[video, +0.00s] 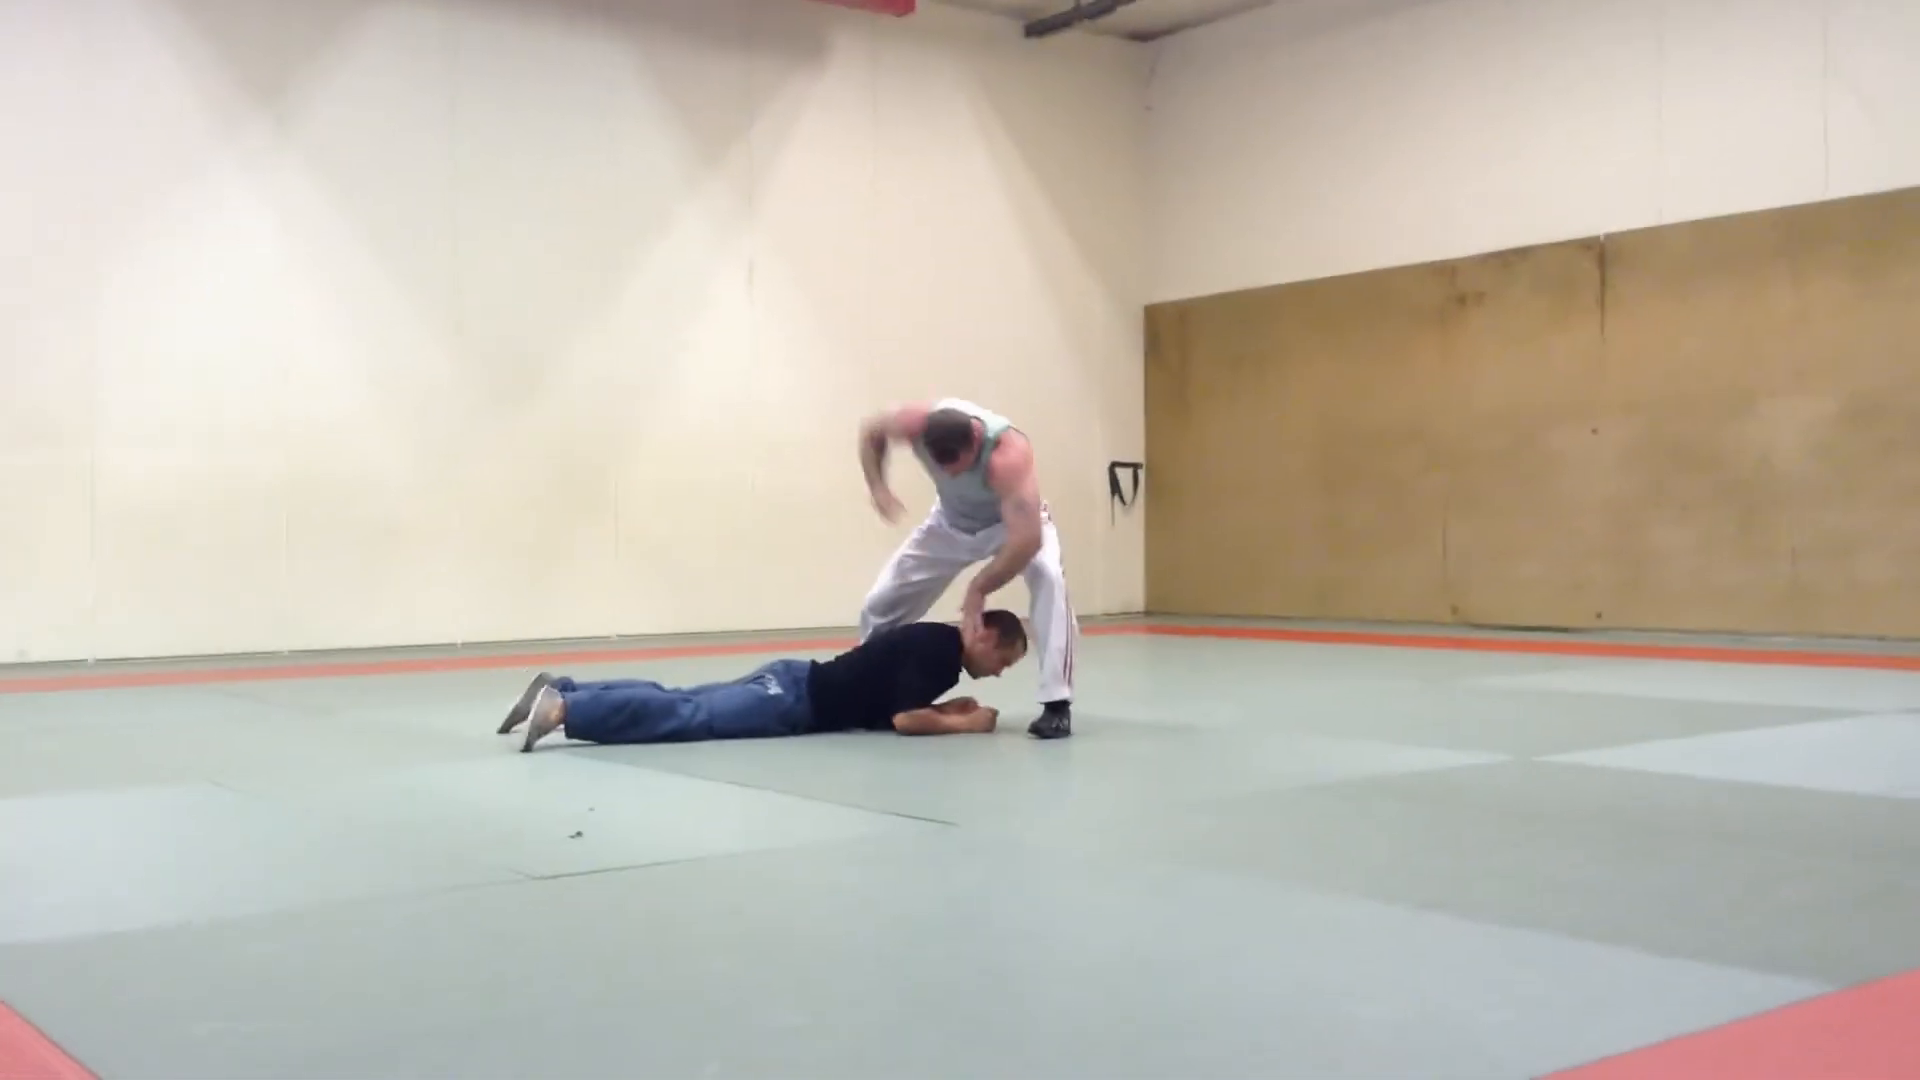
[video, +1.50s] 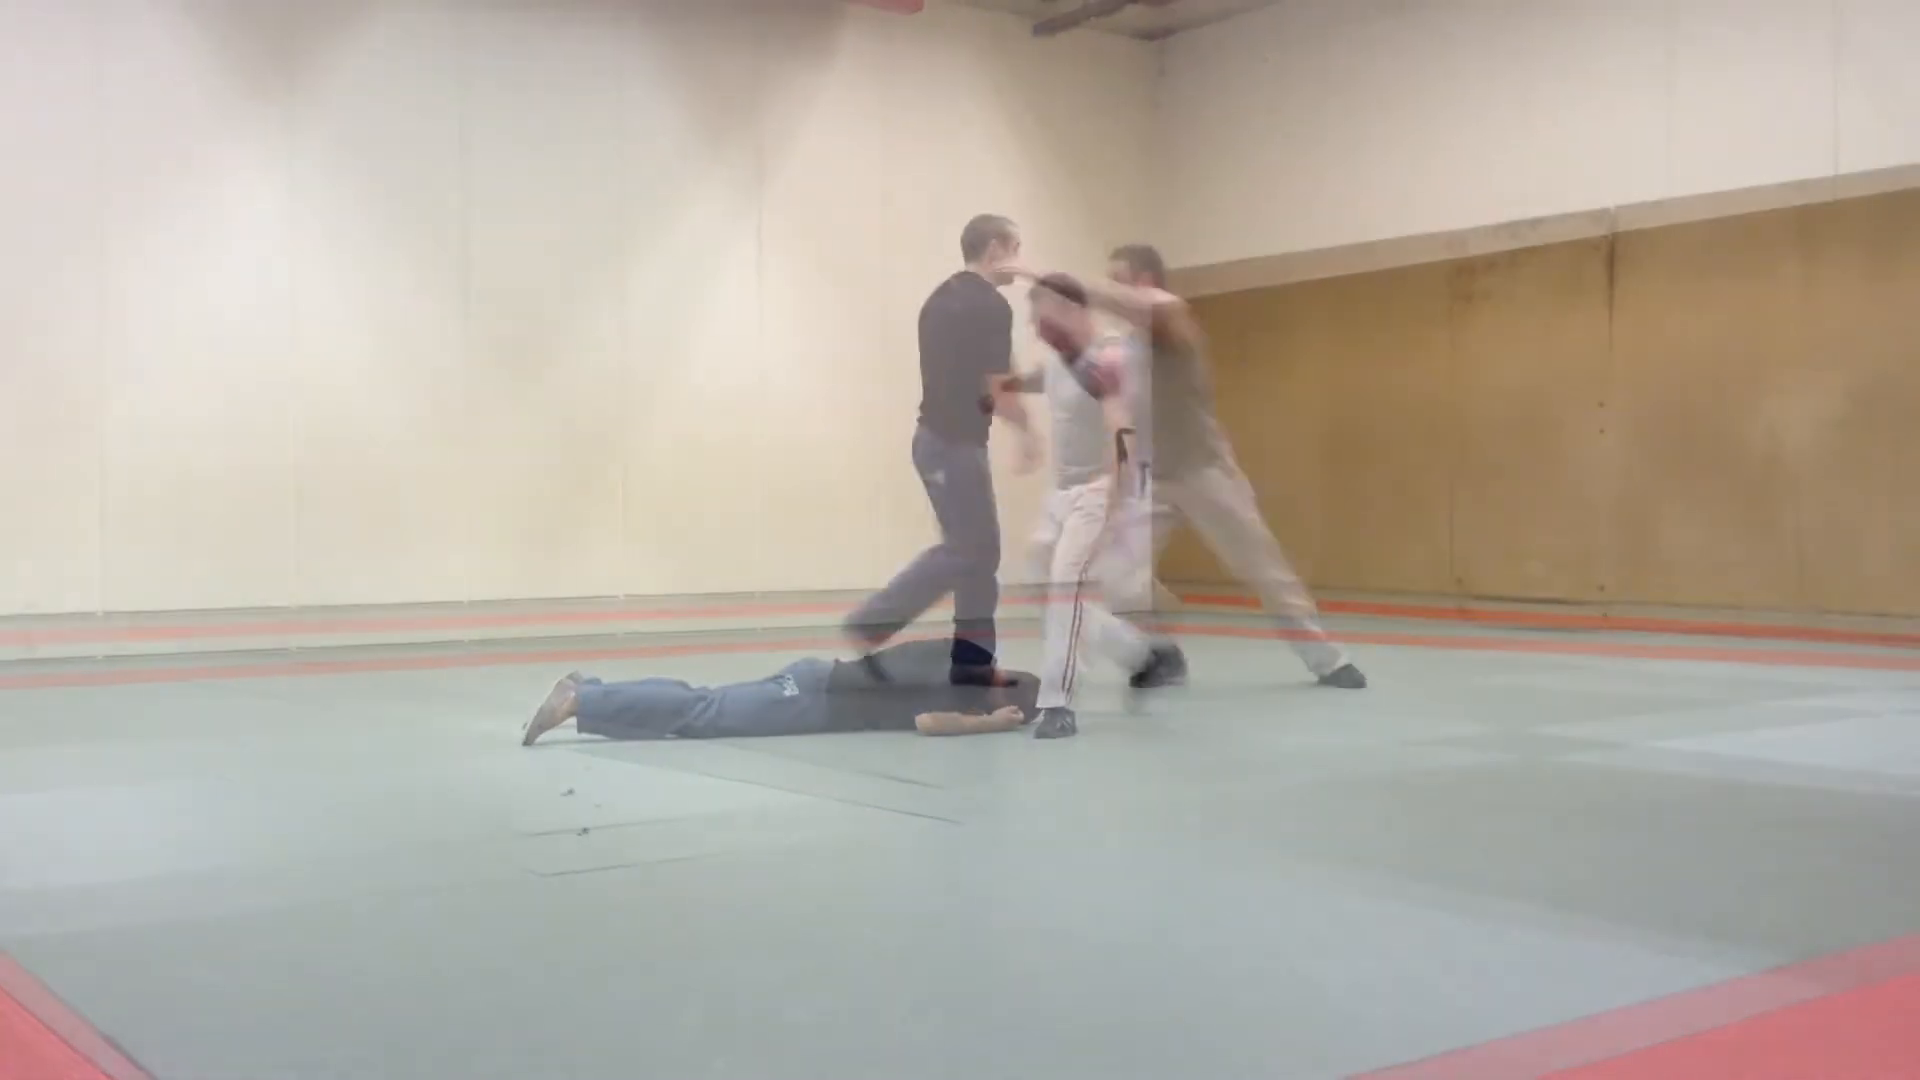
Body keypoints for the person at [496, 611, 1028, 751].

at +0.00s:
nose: (998, 667)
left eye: (1005, 661)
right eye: (1002, 657)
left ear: (985, 634)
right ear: (986, 635)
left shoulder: (937, 641)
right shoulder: (935, 648)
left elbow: (902, 706)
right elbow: (902, 719)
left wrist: (948, 712)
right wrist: (959, 721)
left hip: (797, 682)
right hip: (795, 700)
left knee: (685, 703)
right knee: (683, 716)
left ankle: (557, 694)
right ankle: (561, 710)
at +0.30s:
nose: (1020, 651)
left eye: (1028, 648)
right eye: (1022, 640)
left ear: (1014, 640)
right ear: (1003, 621)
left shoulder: (956, 633)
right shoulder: (957, 637)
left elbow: (921, 696)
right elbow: (921, 708)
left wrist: (966, 702)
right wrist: (977, 710)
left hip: (814, 672)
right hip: (813, 687)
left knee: (704, 691)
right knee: (702, 706)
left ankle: (578, 682)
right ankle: (577, 698)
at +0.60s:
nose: (1012, 687)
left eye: (1018, 681)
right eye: (1019, 679)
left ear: (1004, 647)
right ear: (1010, 655)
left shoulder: (961, 647)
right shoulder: (955, 649)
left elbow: (928, 705)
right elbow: (924, 712)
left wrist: (977, 709)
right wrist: (983, 716)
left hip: (818, 682)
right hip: (815, 689)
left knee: (709, 699)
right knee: (706, 708)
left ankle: (586, 685)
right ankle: (582, 699)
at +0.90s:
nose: (1006, 704)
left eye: (1010, 697)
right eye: (1011, 700)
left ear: (994, 663)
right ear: (1001, 682)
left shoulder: (962, 654)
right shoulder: (954, 667)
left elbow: (939, 706)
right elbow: (925, 716)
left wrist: (983, 707)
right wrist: (985, 715)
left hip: (815, 681)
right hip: (813, 689)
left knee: (707, 698)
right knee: (706, 706)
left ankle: (584, 686)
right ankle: (581, 695)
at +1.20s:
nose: (1010, 703)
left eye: (1014, 696)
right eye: (1014, 701)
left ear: (1005, 674)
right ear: (1006, 686)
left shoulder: (971, 659)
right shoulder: (963, 675)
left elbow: (935, 706)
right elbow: (923, 716)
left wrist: (992, 699)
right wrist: (990, 717)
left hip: (821, 673)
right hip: (817, 691)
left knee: (710, 697)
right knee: (707, 707)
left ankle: (587, 687)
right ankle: (580, 698)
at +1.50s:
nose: (1011, 708)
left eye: (1015, 701)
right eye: (1015, 706)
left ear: (1000, 682)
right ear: (1002, 693)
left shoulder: (964, 667)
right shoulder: (963, 690)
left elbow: (928, 708)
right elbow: (925, 723)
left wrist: (991, 700)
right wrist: (993, 722)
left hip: (817, 677)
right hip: (815, 699)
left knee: (710, 700)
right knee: (706, 714)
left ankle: (586, 690)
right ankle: (578, 704)